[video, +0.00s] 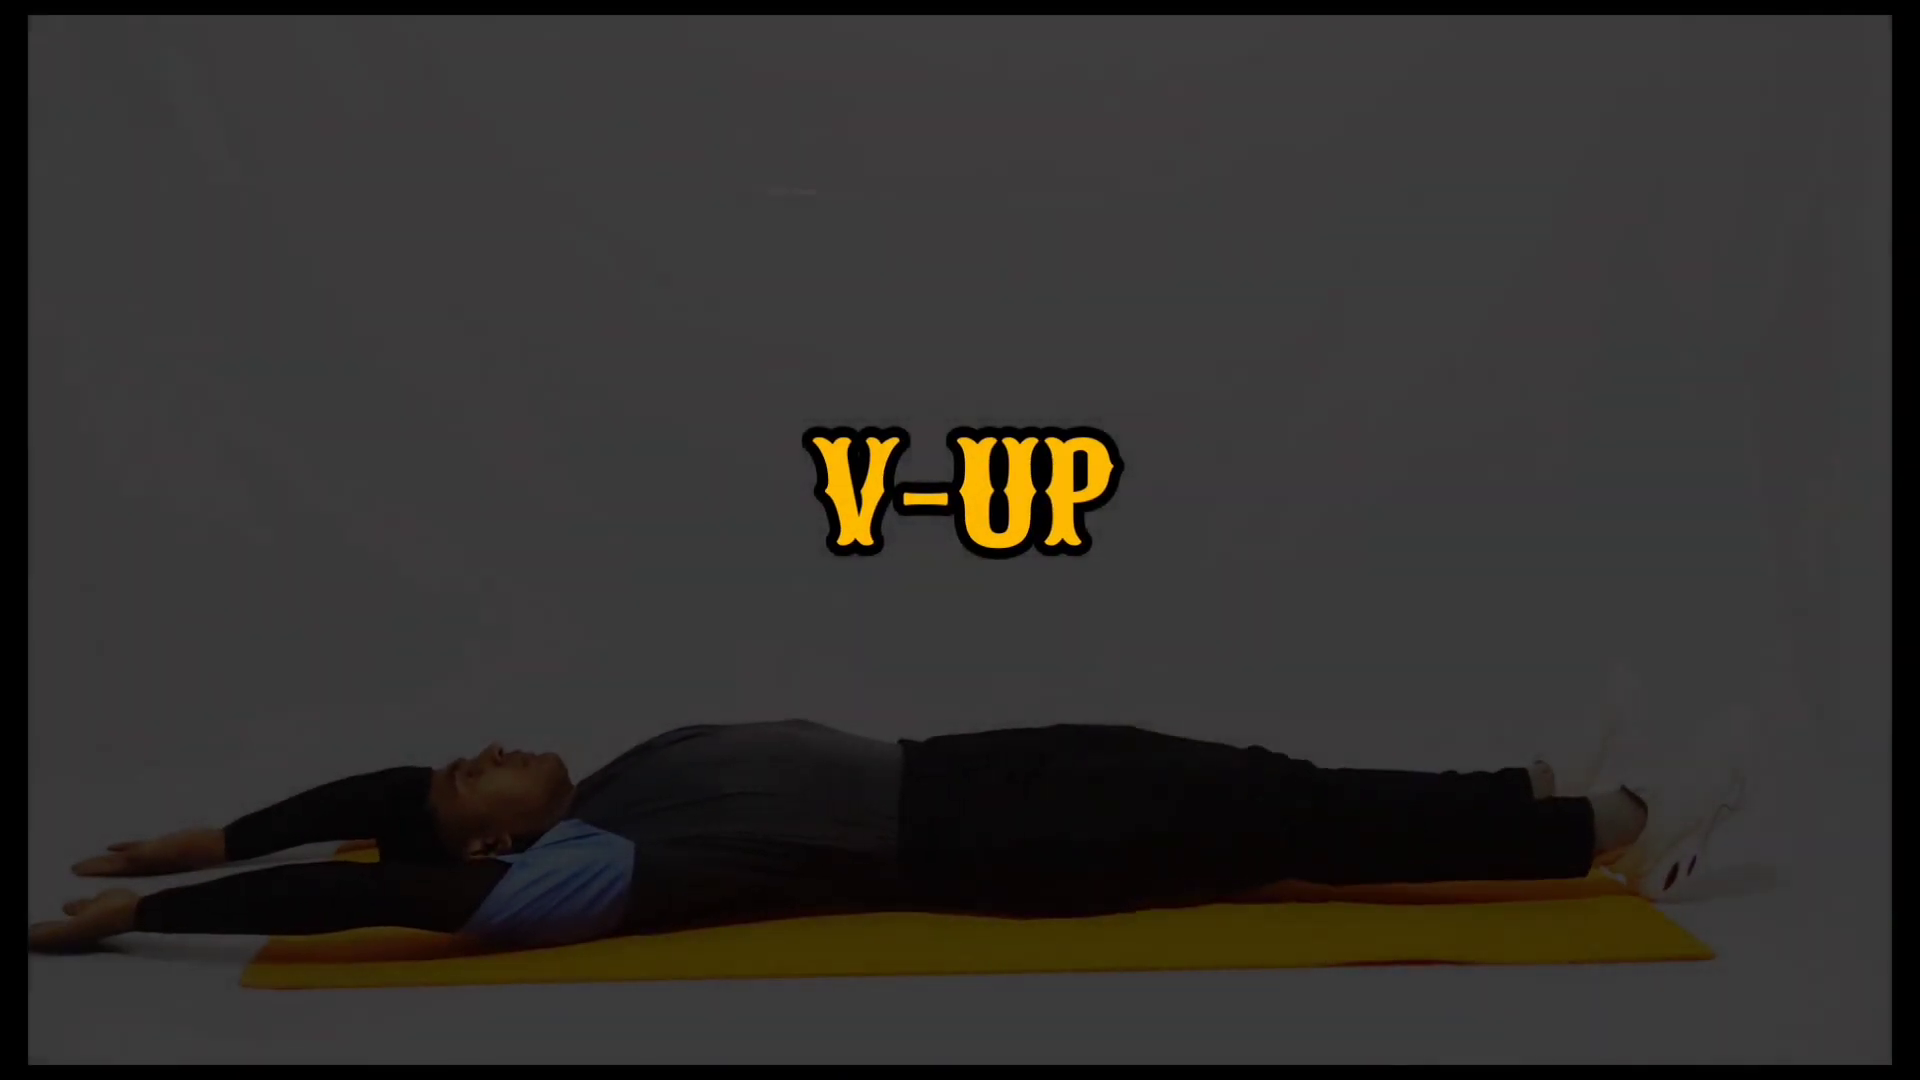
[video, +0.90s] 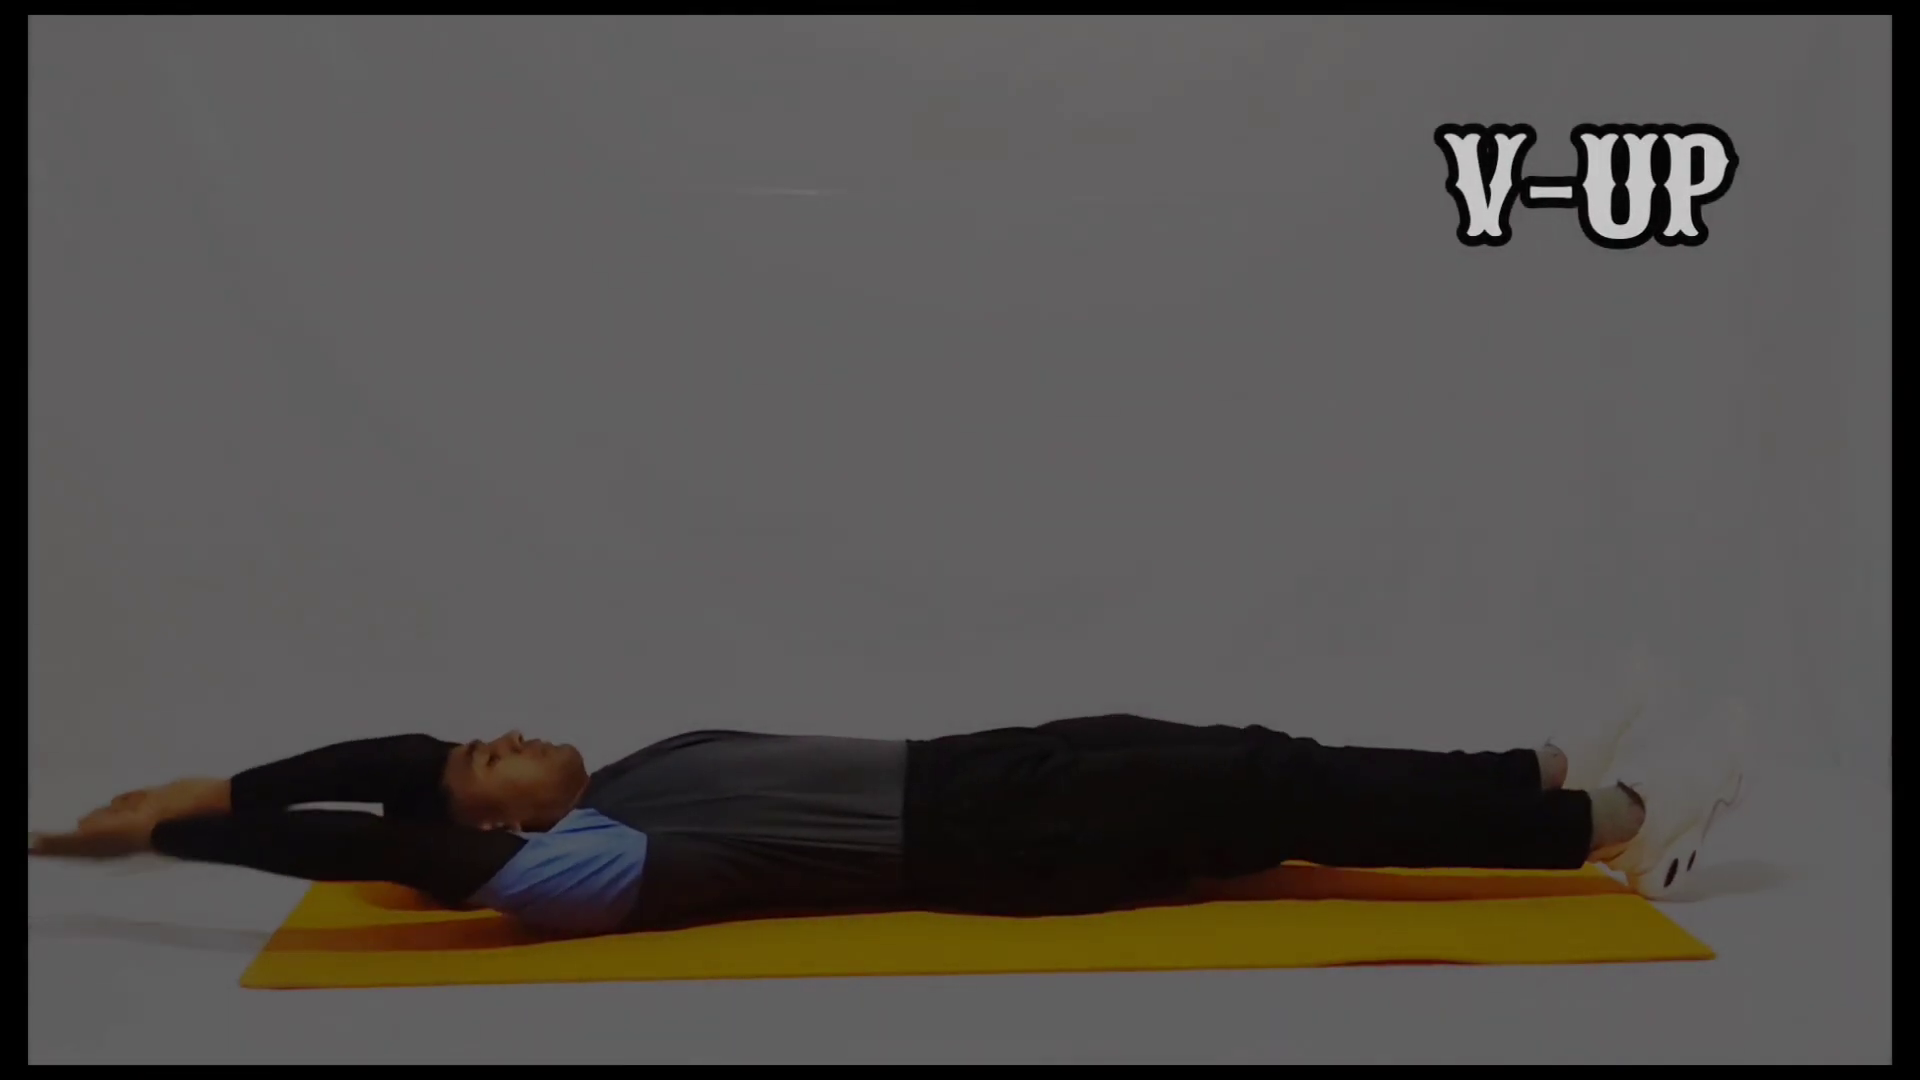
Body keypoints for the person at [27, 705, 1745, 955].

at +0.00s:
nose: (504, 779)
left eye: (488, 771)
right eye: (485, 797)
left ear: (516, 778)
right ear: (489, 845)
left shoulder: (614, 788)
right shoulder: (587, 858)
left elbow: (380, 833)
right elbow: (415, 910)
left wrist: (192, 862)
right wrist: (203, 918)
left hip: (967, 758)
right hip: (956, 826)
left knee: (1240, 766)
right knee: (1245, 817)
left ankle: (1519, 805)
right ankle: (1547, 827)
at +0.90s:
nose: (515, 758)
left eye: (498, 750)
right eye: (492, 776)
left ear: (524, 759)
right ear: (490, 830)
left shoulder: (622, 786)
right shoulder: (586, 857)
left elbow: (378, 794)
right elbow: (390, 845)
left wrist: (183, 810)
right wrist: (175, 828)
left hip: (985, 759)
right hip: (970, 825)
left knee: (1252, 752)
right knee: (1254, 801)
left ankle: (1536, 791)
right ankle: (1559, 823)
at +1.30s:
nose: (631, 622)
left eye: (615, 606)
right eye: (600, 623)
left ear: (600, 634)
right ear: (552, 683)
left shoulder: (652, 715)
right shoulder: (637, 743)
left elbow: (720, 544)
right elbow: (727, 555)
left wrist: (738, 370)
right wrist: (770, 365)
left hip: (963, 787)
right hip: (962, 831)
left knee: (1207, 639)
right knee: (1217, 663)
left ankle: (1489, 522)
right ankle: (1517, 541)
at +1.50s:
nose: (754, 510)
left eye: (737, 495)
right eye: (726, 508)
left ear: (690, 551)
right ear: (680, 563)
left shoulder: (726, 621)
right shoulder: (737, 634)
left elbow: (880, 473)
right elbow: (893, 485)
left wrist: (990, 316)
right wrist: (1016, 319)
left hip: (963, 797)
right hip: (981, 840)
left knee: (1140, 560)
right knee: (1166, 577)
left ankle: (1348, 330)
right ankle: (1390, 350)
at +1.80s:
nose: (799, 481)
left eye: (779, 465)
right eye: (773, 476)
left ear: (732, 530)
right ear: (735, 528)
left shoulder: (759, 597)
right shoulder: (780, 606)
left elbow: (919, 449)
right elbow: (936, 459)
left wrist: (1048, 283)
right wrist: (1075, 278)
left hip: (958, 797)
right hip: (988, 843)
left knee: (1076, 531)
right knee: (1103, 546)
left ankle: (1234, 264)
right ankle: (1252, 270)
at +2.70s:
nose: (503, 753)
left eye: (483, 749)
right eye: (482, 772)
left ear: (503, 776)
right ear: (485, 828)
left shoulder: (597, 791)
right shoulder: (593, 846)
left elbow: (373, 805)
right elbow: (396, 869)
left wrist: (167, 824)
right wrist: (178, 874)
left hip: (970, 764)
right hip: (968, 821)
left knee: (1245, 736)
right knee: (1253, 771)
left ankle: (1558, 750)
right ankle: (1560, 764)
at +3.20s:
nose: (502, 761)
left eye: (479, 757)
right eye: (478, 786)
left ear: (503, 769)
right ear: (480, 845)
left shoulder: (623, 775)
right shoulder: (597, 848)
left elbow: (387, 800)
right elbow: (392, 876)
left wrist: (185, 828)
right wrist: (173, 863)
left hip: (977, 753)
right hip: (958, 826)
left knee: (1262, 745)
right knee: (1259, 798)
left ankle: (1552, 766)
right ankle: (1562, 789)